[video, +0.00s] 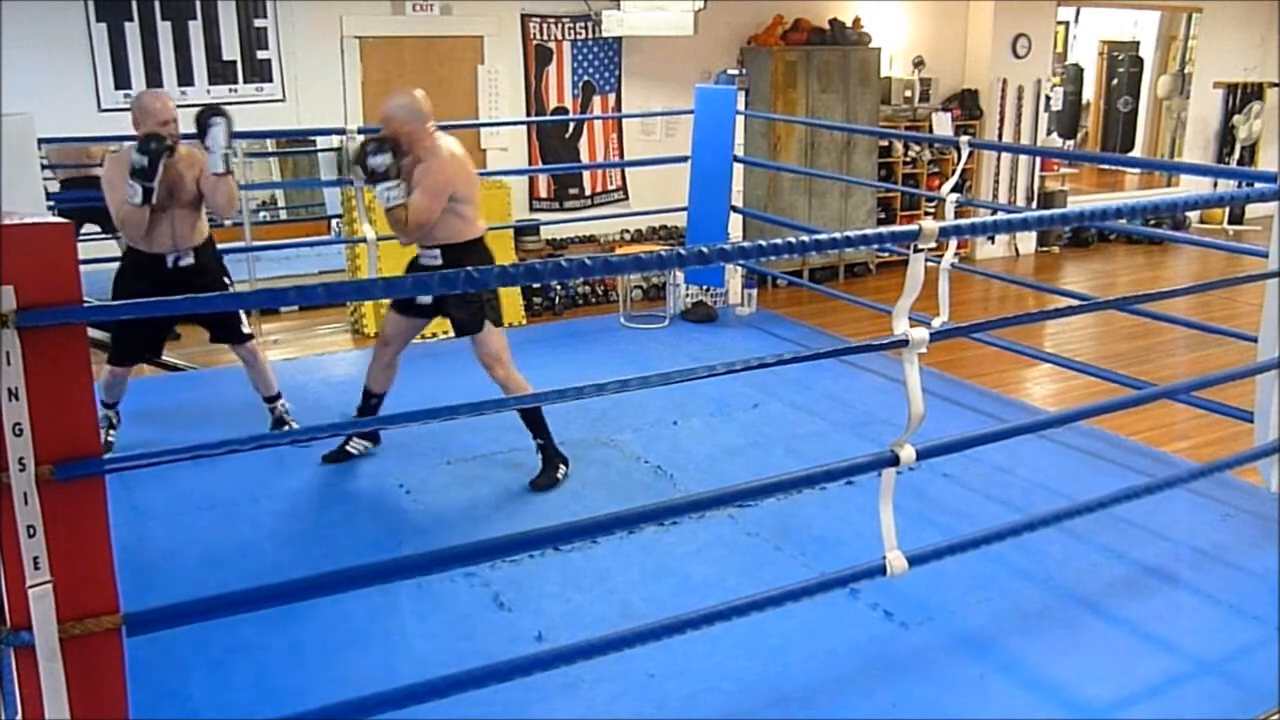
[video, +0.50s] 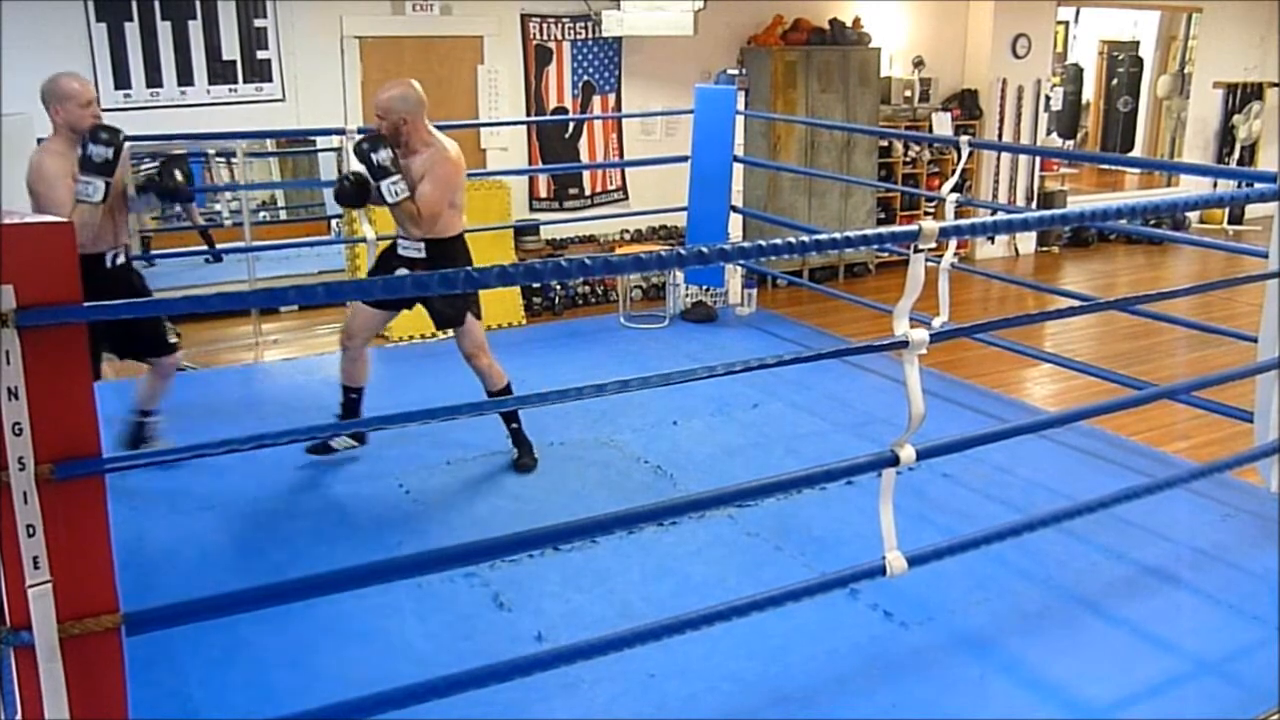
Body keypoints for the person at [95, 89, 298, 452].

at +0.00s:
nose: (171, 132)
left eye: (175, 123)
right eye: (161, 126)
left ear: (179, 120)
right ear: (137, 126)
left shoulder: (196, 155)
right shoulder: (119, 163)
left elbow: (227, 209)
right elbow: (132, 231)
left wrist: (219, 153)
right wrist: (143, 180)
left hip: (200, 264)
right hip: (144, 269)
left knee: (245, 345)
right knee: (120, 363)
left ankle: (281, 414)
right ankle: (107, 421)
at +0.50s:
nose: (96, 111)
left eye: (96, 103)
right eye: (85, 106)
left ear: (97, 102)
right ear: (57, 114)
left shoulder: (106, 147)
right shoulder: (46, 163)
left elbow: (124, 204)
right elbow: (79, 238)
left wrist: (155, 192)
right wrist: (94, 176)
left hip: (117, 269)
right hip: (73, 276)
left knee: (166, 357)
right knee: (81, 378)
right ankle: (75, 458)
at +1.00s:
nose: (91, 168)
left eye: (89, 157)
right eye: (81, 161)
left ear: (46, 173)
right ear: (46, 172)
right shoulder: (45, 227)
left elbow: (106, 278)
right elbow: (98, 289)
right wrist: (113, 226)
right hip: (70, 373)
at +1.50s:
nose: (142, 129)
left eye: (139, 119)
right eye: (139, 120)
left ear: (85, 123)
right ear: (124, 124)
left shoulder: (53, 177)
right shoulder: (138, 191)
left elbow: (46, 243)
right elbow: (176, 270)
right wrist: (170, 230)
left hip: (55, 324)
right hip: (115, 324)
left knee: (73, 458)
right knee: (154, 459)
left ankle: (64, 574)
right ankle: (127, 571)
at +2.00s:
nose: (250, 160)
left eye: (247, 150)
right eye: (246, 152)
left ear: (193, 154)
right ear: (227, 157)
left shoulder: (169, 200)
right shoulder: (227, 224)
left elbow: (172, 282)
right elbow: (273, 312)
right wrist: (269, 257)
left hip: (155, 360)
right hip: (201, 373)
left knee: (228, 443)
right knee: (238, 522)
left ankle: (247, 528)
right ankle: (177, 659)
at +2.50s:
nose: (347, 175)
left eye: (347, 165)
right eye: (346, 166)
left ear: (284, 164)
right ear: (332, 174)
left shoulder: (255, 217)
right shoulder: (303, 244)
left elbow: (268, 299)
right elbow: (355, 344)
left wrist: (344, 253)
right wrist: (375, 272)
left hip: (239, 383)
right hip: (282, 408)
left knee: (285, 470)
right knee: (353, 552)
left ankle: (278, 543)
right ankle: (303, 690)